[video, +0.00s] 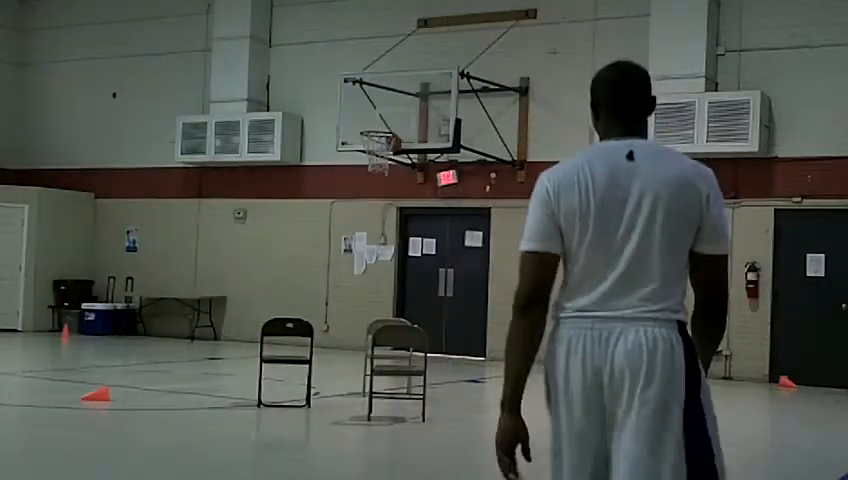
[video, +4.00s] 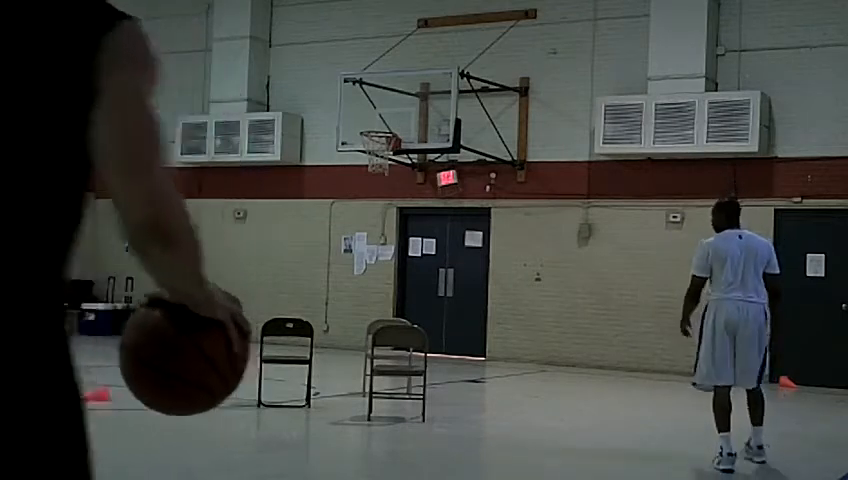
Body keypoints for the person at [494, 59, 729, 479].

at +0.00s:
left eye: (594, 110)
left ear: (594, 113)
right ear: (652, 108)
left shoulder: (558, 181)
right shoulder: (694, 178)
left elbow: (530, 300)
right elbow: (712, 301)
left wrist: (509, 408)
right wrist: (693, 367)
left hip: (574, 350)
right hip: (657, 353)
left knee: (577, 473)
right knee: (655, 473)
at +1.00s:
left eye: (664, 148)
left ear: (664, 153)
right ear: (706, 153)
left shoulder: (636, 202)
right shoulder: (736, 204)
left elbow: (611, 281)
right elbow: (753, 288)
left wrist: (598, 360)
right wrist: (748, 346)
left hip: (646, 328)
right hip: (706, 330)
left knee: (650, 445)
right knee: (694, 452)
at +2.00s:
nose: (700, 189)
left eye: (702, 183)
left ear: (704, 185)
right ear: (734, 185)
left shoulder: (686, 221)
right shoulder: (761, 224)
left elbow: (667, 289)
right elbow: (774, 296)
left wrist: (654, 346)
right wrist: (778, 359)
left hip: (694, 320)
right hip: (741, 322)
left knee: (687, 408)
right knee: (732, 419)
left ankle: (682, 471)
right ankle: (723, 478)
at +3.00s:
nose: (719, 210)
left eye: (721, 206)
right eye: (721, 205)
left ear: (724, 208)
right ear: (749, 207)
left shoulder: (710, 240)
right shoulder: (772, 241)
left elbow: (689, 287)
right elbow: (781, 292)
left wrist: (681, 319)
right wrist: (781, 333)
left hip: (716, 319)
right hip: (756, 320)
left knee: (714, 396)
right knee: (751, 397)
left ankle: (717, 466)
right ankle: (743, 466)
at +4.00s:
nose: (712, 221)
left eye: (713, 217)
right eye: (713, 216)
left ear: (719, 219)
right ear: (738, 218)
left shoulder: (710, 245)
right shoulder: (763, 245)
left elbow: (695, 289)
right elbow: (774, 288)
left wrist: (685, 317)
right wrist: (771, 322)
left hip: (720, 312)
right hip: (754, 313)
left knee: (721, 385)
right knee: (754, 384)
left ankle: (726, 453)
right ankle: (757, 445)